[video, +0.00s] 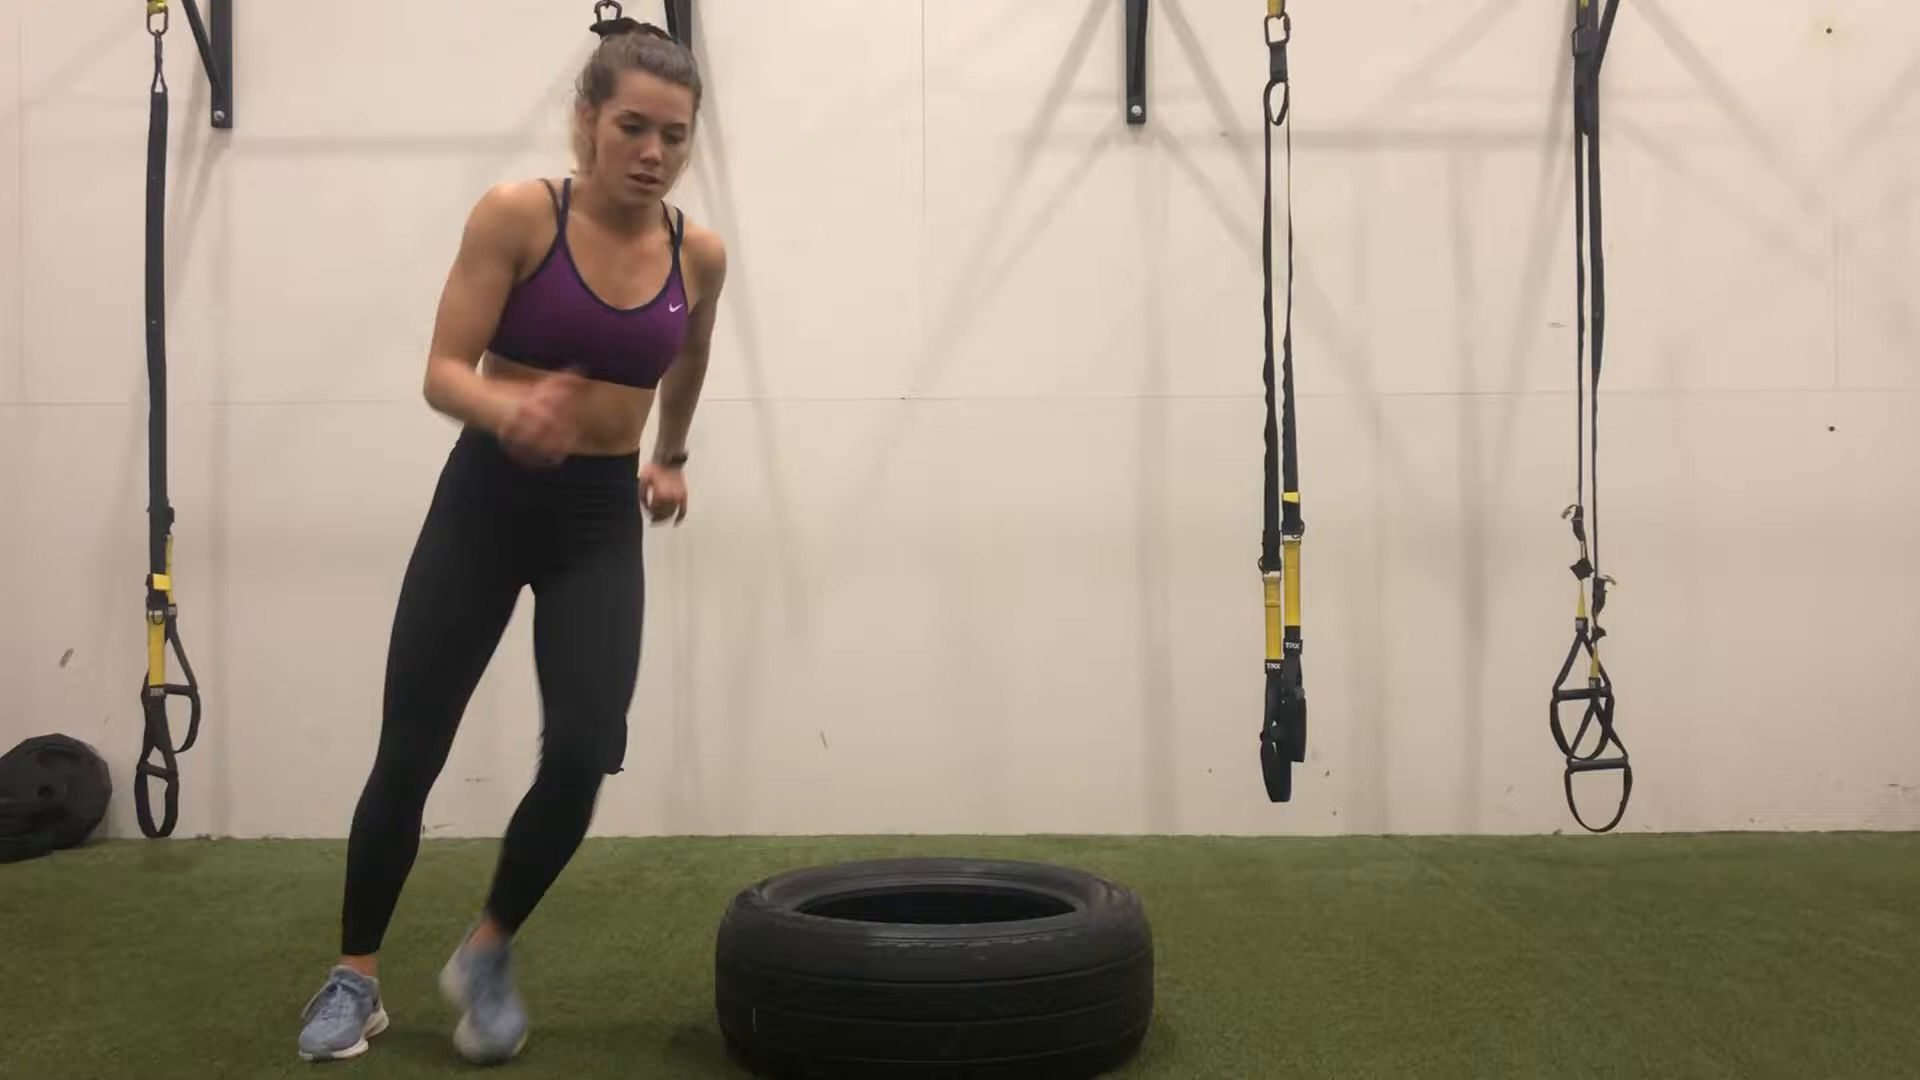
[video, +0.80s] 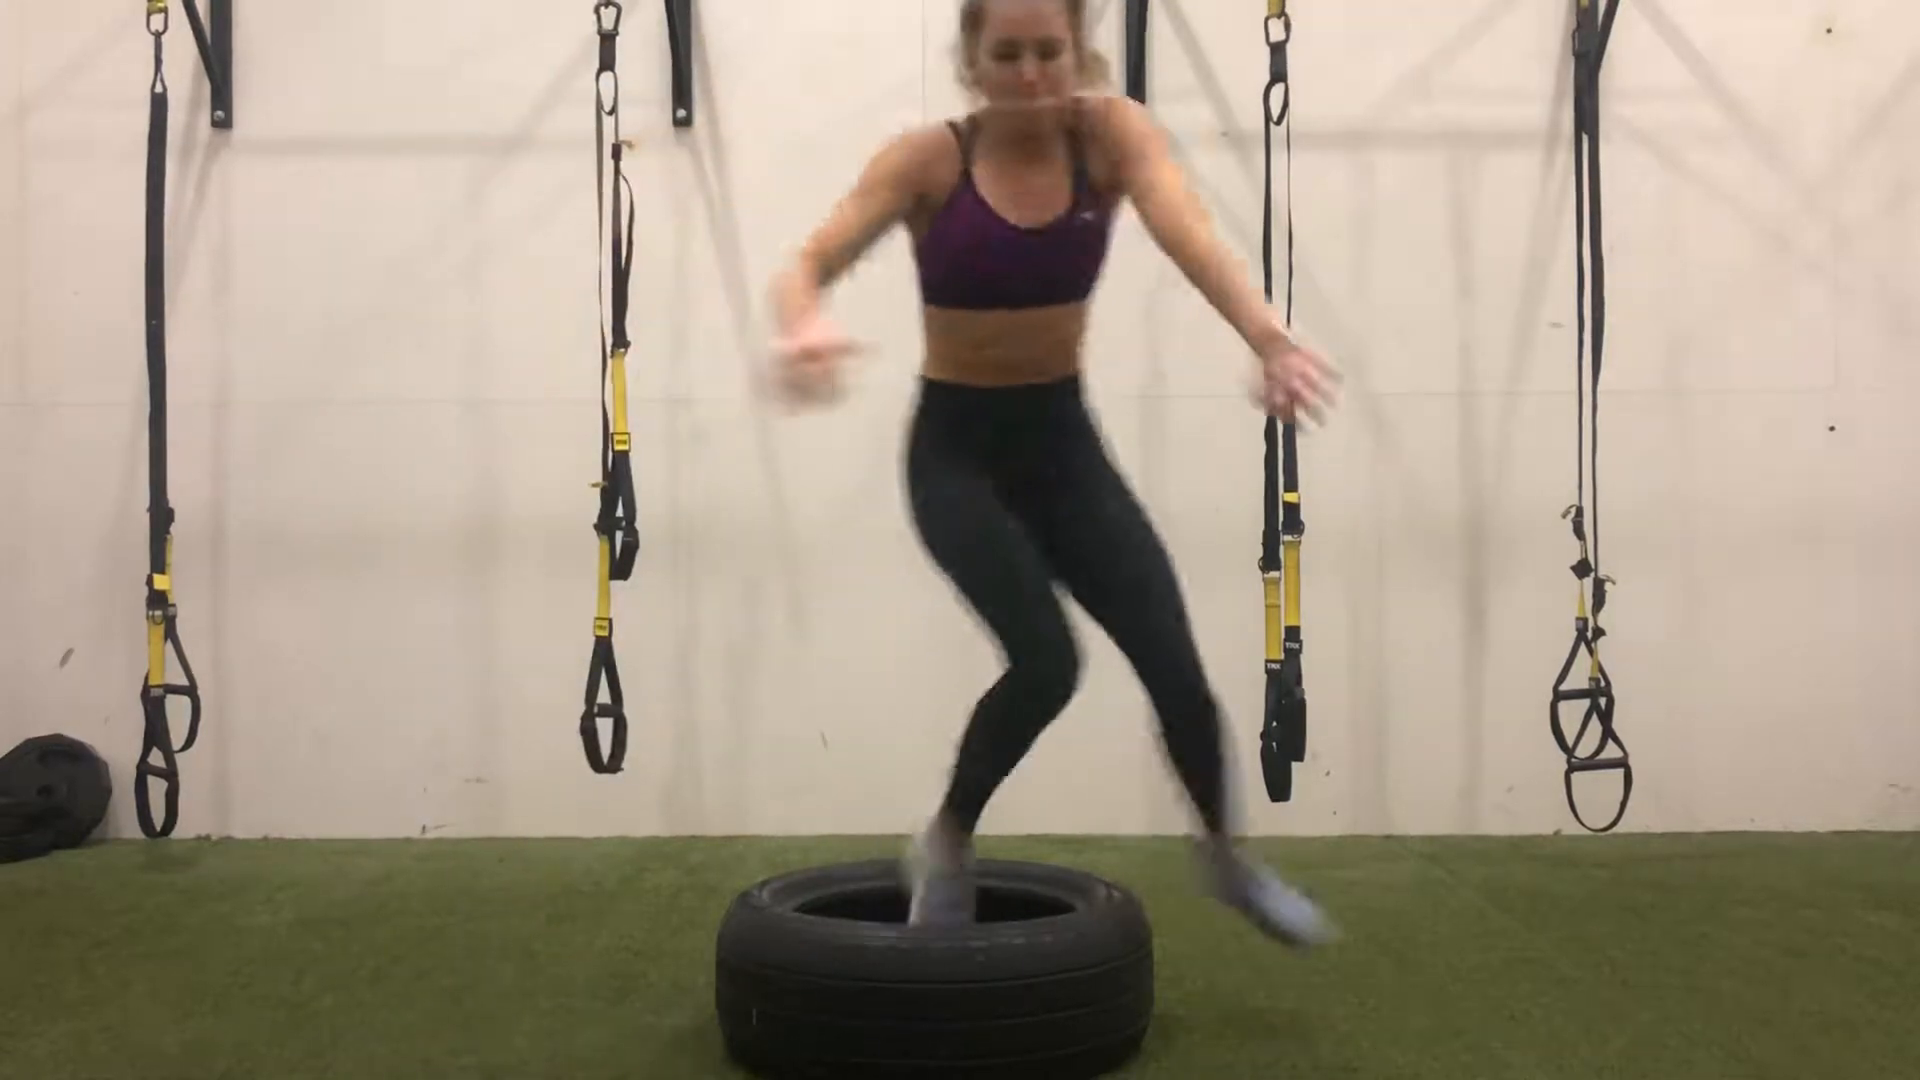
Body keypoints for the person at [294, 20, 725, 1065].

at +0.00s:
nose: (655, 152)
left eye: (675, 133)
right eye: (635, 126)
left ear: (691, 140)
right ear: (586, 121)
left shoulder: (696, 257)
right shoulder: (515, 216)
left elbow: (688, 358)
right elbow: (445, 369)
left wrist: (668, 454)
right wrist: (507, 405)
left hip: (600, 519)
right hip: (485, 503)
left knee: (587, 755)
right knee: (408, 754)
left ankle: (487, 952)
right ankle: (355, 973)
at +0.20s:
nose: (699, 154)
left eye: (717, 135)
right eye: (679, 130)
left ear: (732, 137)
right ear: (625, 120)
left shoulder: (728, 238)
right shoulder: (572, 209)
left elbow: (758, 332)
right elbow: (438, 319)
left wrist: (766, 433)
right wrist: (526, 389)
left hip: (626, 512)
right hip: (514, 488)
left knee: (557, 767)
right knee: (433, 743)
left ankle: (455, 976)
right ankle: (359, 941)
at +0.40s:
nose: (768, 180)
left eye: (783, 158)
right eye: (743, 158)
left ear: (799, 150)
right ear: (693, 149)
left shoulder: (807, 235)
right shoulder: (643, 230)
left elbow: (948, 308)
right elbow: (487, 228)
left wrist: (843, 271)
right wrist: (340, 213)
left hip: (677, 508)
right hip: (618, 497)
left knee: (598, 777)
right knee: (849, 560)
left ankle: (436, 977)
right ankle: (657, 709)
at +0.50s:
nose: (824, 104)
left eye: (840, 84)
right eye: (803, 86)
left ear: (864, 79)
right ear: (753, 83)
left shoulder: (881, 138)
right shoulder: (719, 154)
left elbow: (941, 175)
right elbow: (613, 163)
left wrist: (801, 161)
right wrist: (520, 159)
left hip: (771, 466)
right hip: (727, 461)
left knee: (669, 721)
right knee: (937, 596)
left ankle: (483, 904)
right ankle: (856, 823)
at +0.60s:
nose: (910, 103)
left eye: (927, 84)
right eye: (887, 86)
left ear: (950, 68)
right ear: (846, 74)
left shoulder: (971, 132)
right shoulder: (803, 161)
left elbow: (1016, 179)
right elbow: (673, 209)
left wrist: (876, 166)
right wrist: (552, 234)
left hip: (897, 481)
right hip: (844, 482)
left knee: (900, 714)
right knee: (923, 730)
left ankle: (702, 702)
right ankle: (887, 954)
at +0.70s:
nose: (973, 92)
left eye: (991, 71)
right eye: (954, 74)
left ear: (1021, 65)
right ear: (922, 68)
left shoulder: (1047, 135)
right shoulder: (874, 163)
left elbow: (1090, 193)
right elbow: (722, 244)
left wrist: (1048, 200)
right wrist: (568, 319)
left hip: (972, 473)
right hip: (890, 474)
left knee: (1089, 681)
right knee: (942, 727)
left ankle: (922, 684)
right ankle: (886, 951)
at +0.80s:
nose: (1030, 73)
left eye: (1048, 52)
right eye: (1007, 53)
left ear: (1077, 55)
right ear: (971, 60)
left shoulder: (1110, 132)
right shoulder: (928, 159)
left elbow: (1187, 236)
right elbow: (807, 264)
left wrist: (1269, 339)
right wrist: (802, 327)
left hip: (1061, 438)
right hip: (955, 446)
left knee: (1169, 654)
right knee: (1046, 664)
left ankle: (1224, 855)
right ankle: (946, 843)